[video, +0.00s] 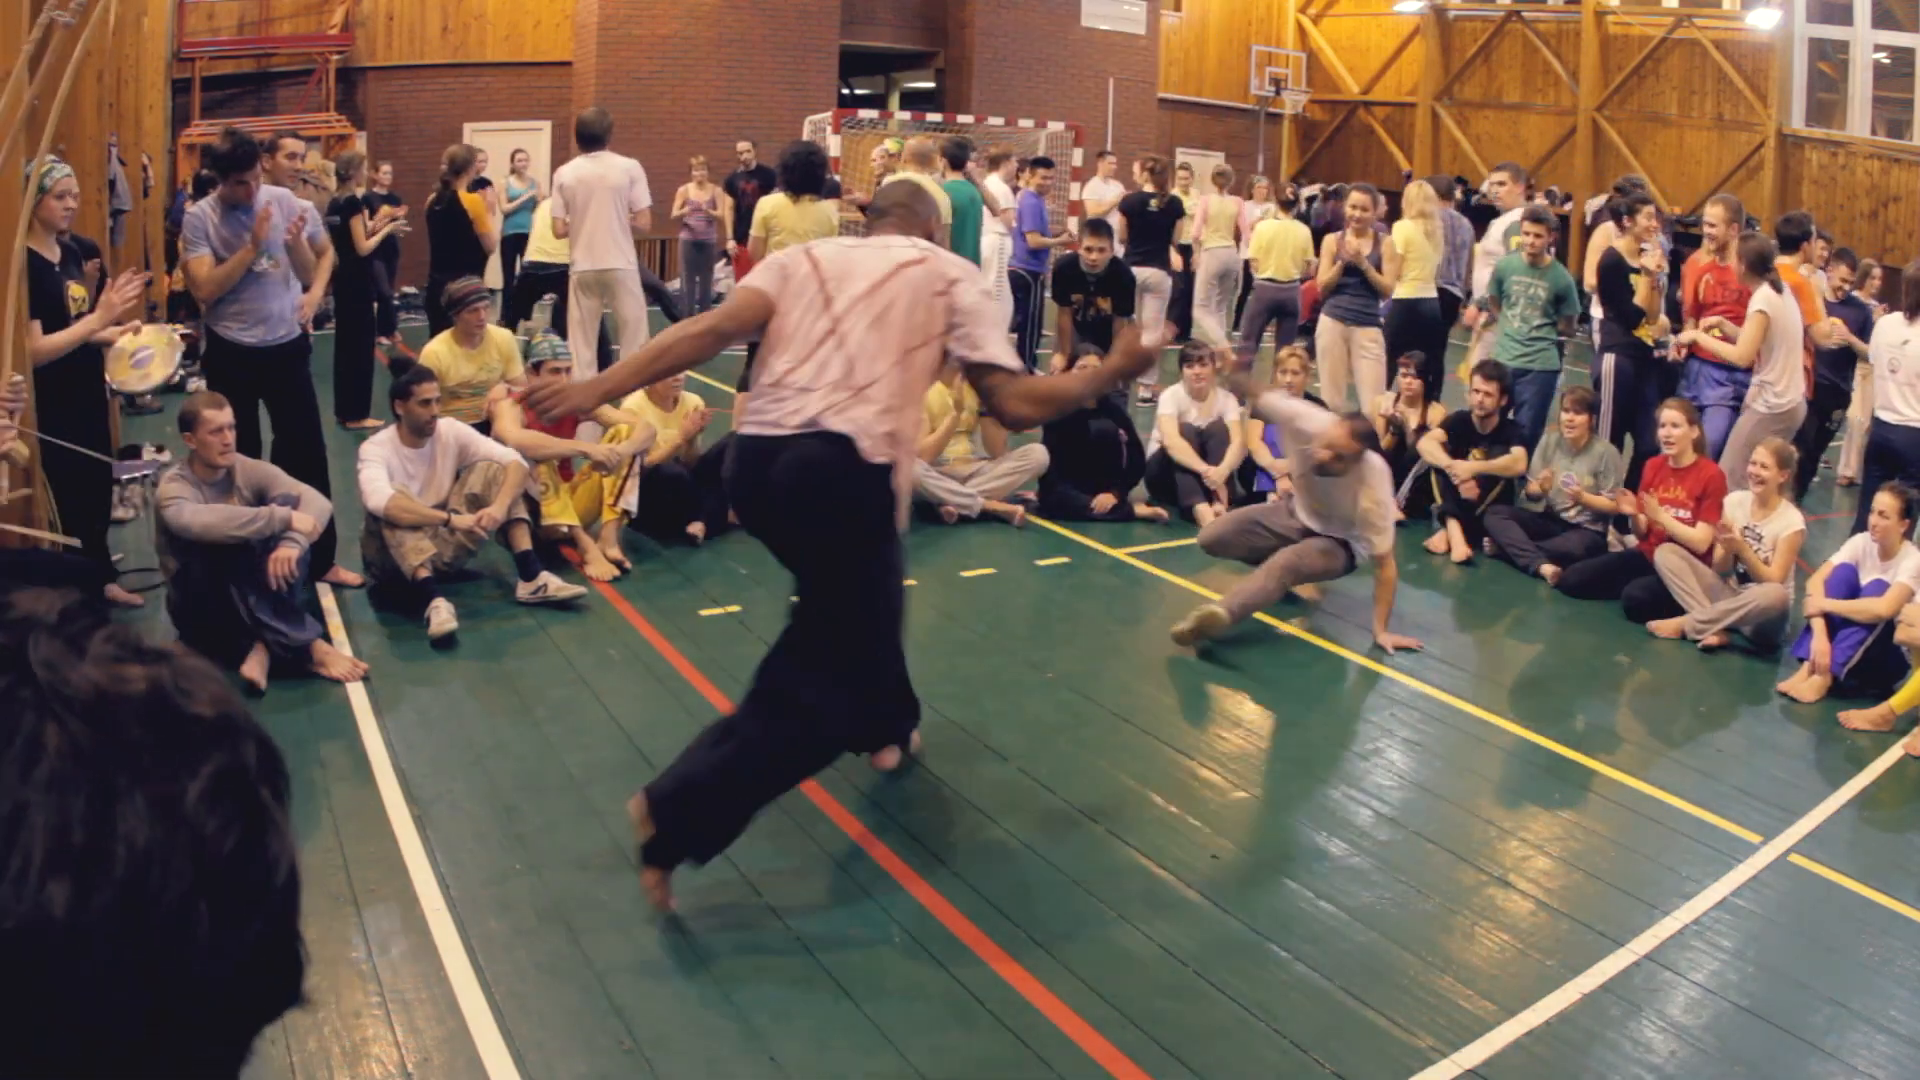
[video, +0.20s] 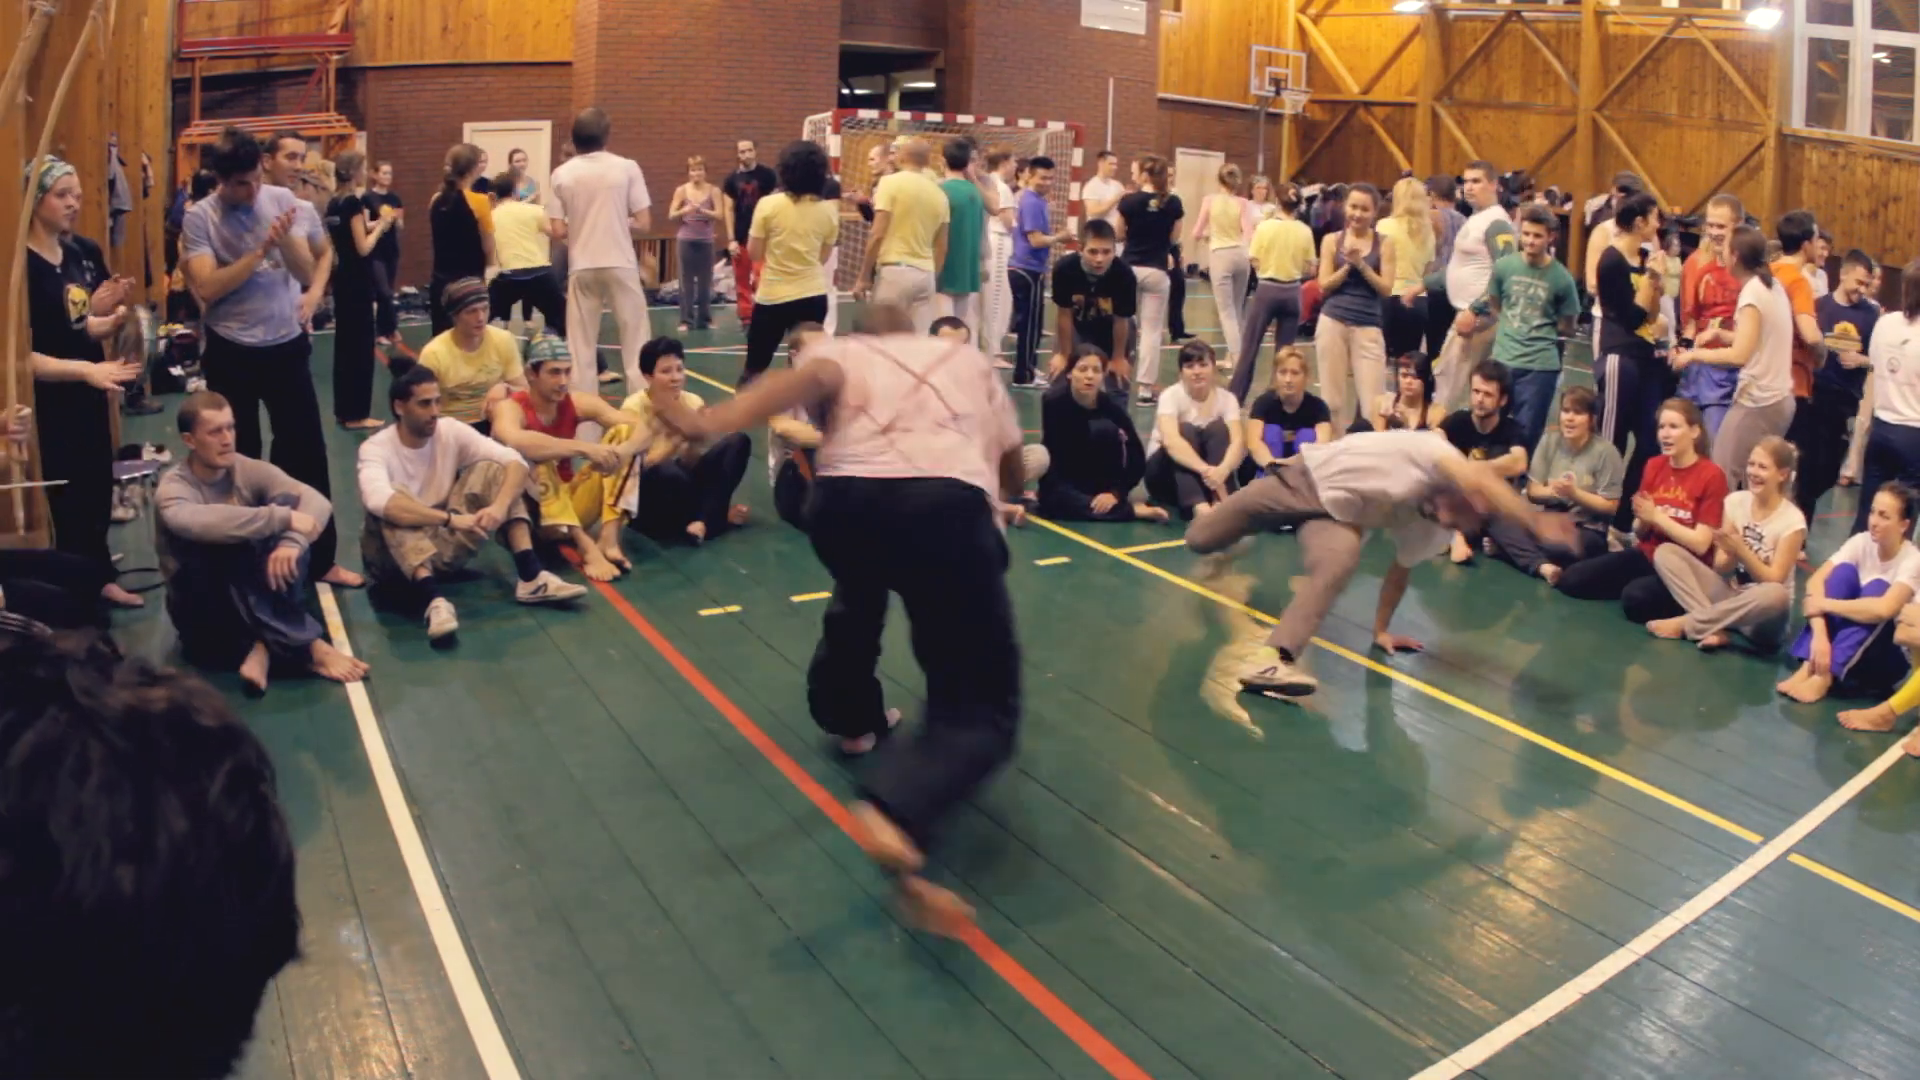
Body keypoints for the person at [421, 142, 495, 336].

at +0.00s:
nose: (478, 168)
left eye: (478, 162)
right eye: (476, 163)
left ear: (448, 166)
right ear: (469, 168)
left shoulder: (432, 201)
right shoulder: (473, 201)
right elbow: (490, 245)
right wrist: (493, 211)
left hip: (437, 282)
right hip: (467, 284)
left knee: (439, 346)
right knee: (465, 346)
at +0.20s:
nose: (481, 167)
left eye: (481, 162)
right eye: (479, 163)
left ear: (451, 166)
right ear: (472, 169)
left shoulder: (436, 201)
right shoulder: (480, 202)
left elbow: (438, 241)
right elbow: (488, 245)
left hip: (441, 279)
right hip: (470, 280)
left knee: (441, 339)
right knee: (469, 338)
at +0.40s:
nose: (485, 168)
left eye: (485, 163)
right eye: (483, 163)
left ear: (455, 165)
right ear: (478, 168)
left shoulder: (438, 200)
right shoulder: (481, 200)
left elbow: (444, 239)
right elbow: (499, 244)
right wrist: (497, 211)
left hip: (444, 280)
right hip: (474, 281)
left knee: (443, 340)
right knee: (472, 341)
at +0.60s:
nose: (486, 167)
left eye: (486, 163)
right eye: (484, 163)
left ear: (456, 165)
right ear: (476, 168)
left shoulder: (439, 199)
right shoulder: (485, 200)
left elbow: (441, 240)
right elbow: (495, 246)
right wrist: (497, 206)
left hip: (446, 276)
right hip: (474, 278)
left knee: (443, 332)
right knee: (474, 333)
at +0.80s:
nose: (485, 168)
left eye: (486, 163)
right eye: (485, 163)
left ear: (457, 165)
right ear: (479, 168)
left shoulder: (440, 200)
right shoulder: (484, 201)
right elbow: (499, 246)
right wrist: (498, 209)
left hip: (446, 279)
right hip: (476, 279)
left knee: (445, 335)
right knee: (474, 336)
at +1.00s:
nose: (486, 168)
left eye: (486, 163)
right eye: (484, 163)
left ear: (457, 165)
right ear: (477, 168)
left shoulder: (440, 200)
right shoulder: (485, 201)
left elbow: (446, 238)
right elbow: (498, 245)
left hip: (446, 280)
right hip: (476, 281)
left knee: (445, 337)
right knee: (475, 337)